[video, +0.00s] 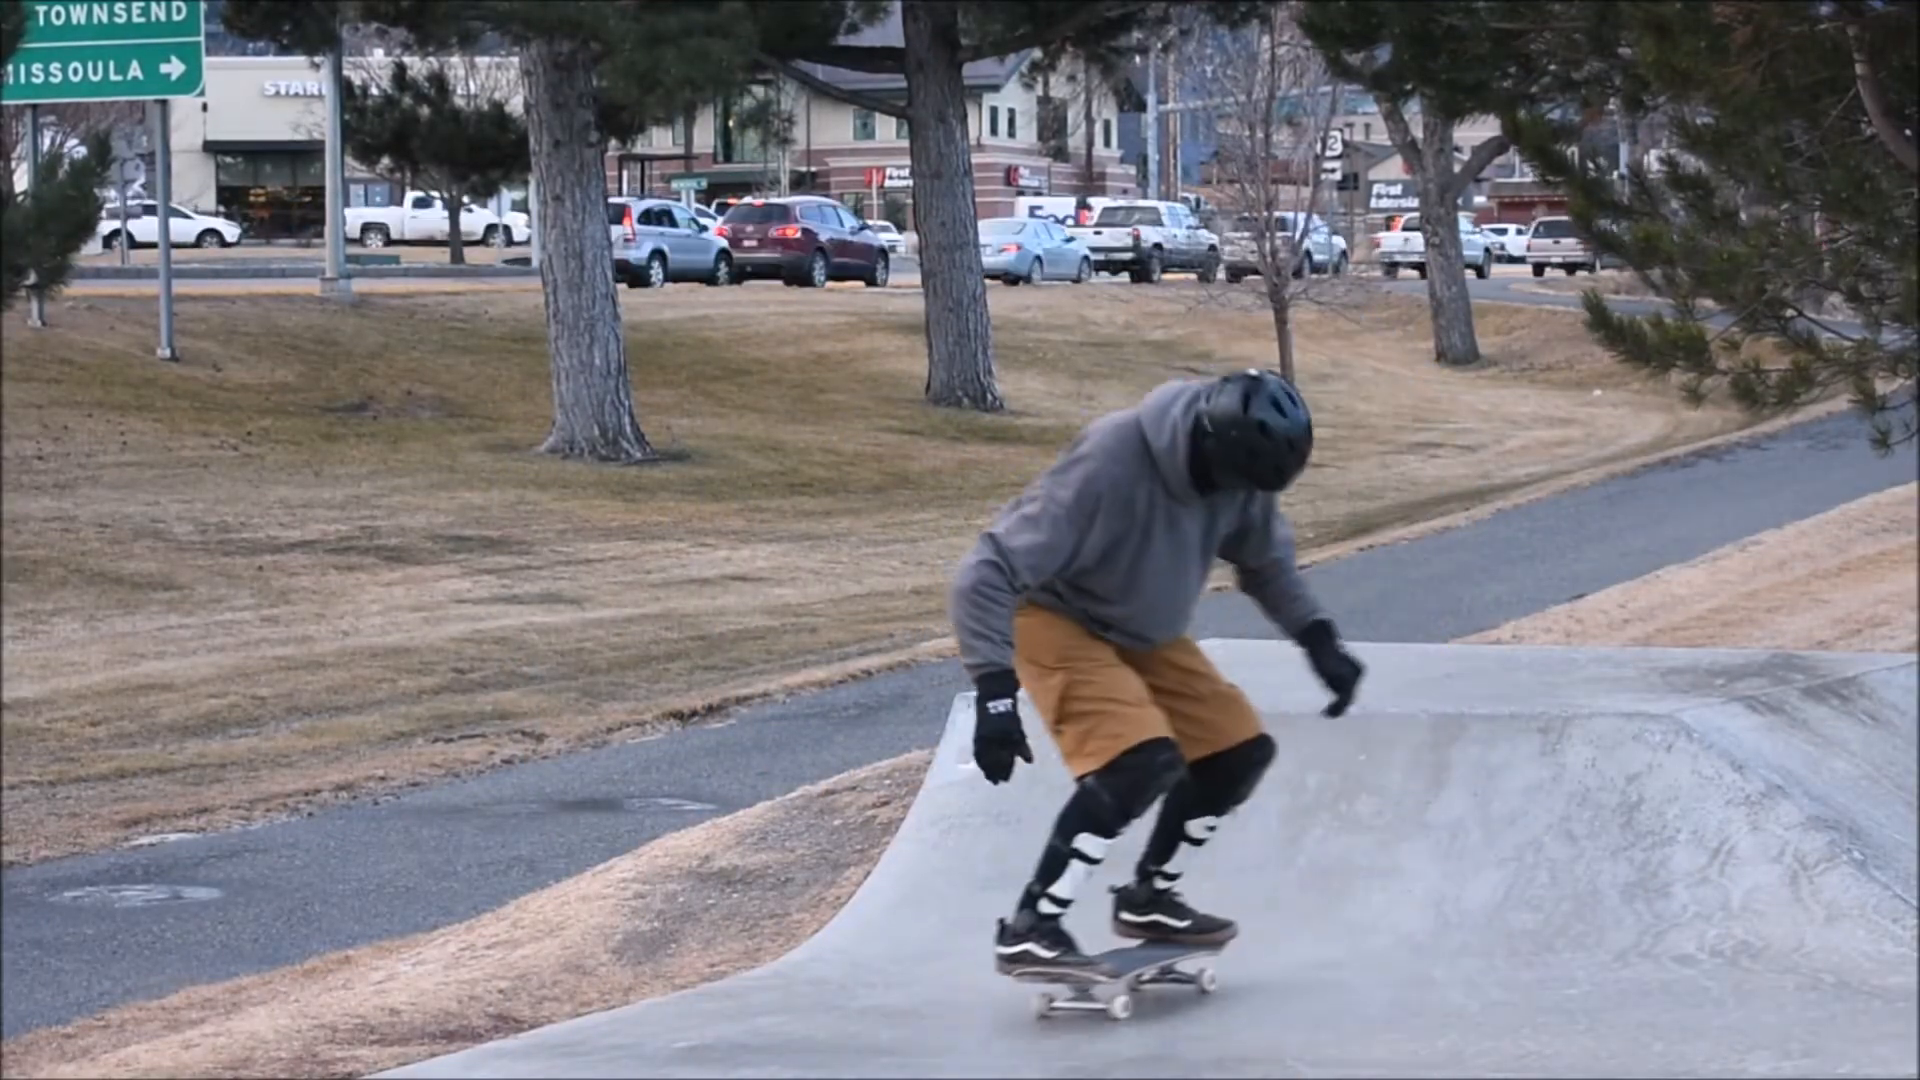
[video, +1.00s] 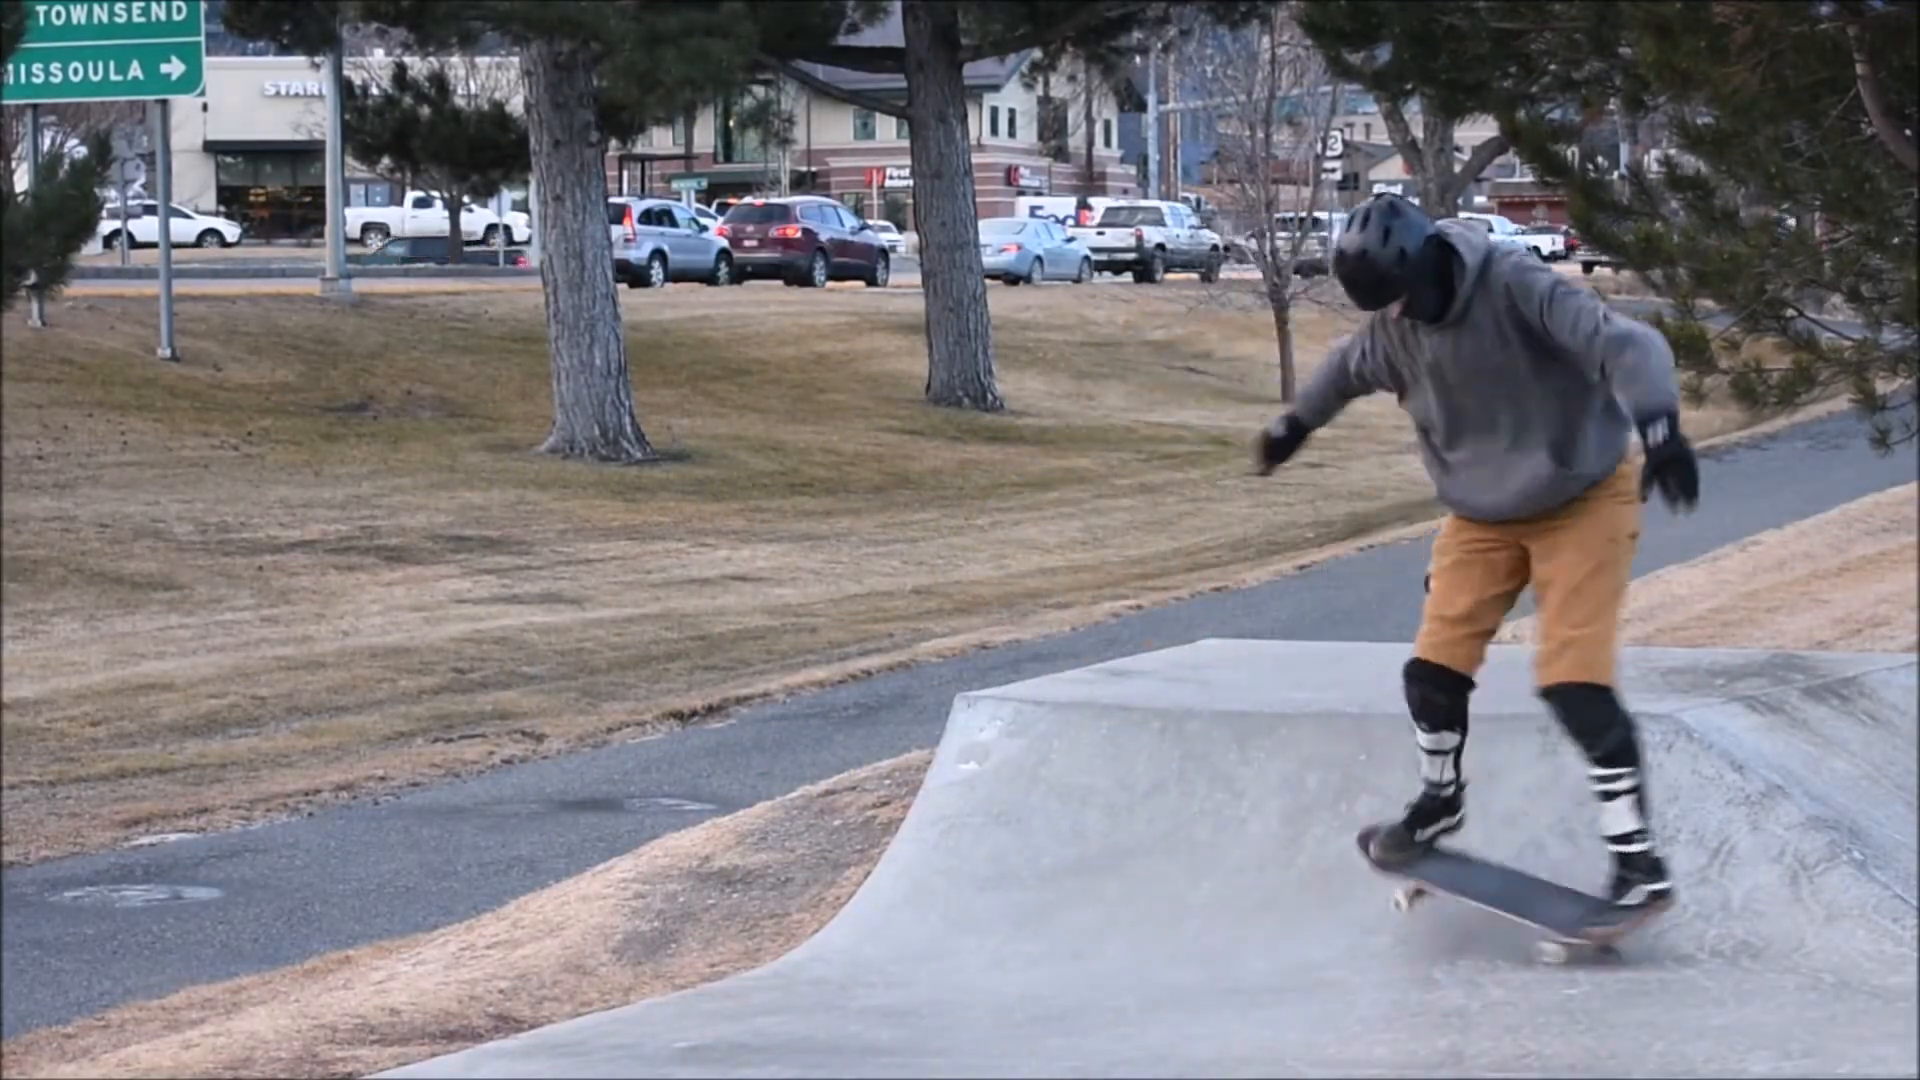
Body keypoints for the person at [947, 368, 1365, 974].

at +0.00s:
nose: (1254, 494)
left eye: (1263, 484)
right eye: (1250, 480)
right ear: (1219, 450)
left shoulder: (1242, 476)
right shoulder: (1114, 457)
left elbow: (1268, 565)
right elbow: (987, 571)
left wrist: (1320, 640)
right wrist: (995, 696)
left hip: (1143, 627)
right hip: (1051, 614)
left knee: (1236, 752)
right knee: (1140, 759)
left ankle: (1147, 897)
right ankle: (1031, 924)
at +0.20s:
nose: (1281, 476)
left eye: (1300, 468)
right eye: (1272, 461)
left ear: (1330, 440)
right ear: (1254, 424)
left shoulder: (1334, 444)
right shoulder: (1185, 434)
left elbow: (1375, 577)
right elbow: (1075, 501)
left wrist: (1328, 552)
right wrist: (1030, 601)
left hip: (1252, 586)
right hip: (1158, 577)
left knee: (1326, 735)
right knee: (1230, 736)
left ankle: (1250, 864)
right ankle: (1136, 903)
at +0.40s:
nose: (1303, 367)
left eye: (1315, 357)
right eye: (1289, 356)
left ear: (1349, 330)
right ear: (1266, 324)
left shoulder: (1394, 336)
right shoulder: (1233, 302)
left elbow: (1483, 433)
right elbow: (1165, 284)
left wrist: (1486, 526)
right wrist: (1100, 303)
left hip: (1367, 483)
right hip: (1261, 480)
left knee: (1432, 647)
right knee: (1266, 655)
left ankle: (1456, 765)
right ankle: (1228, 766)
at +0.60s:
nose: (1282, 338)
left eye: (1289, 325)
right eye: (1271, 327)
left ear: (1319, 297)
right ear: (1260, 295)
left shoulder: (1423, 286)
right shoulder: (1266, 283)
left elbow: (1542, 257)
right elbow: (1157, 326)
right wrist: (1059, 388)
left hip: (1470, 451)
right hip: (1389, 451)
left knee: (1430, 634)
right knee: (1352, 577)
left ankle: (1502, 782)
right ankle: (1425, 661)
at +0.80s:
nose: (1316, 335)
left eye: (1318, 323)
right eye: (1307, 327)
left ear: (1341, 291)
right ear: (1307, 306)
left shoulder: (1433, 308)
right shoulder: (1346, 332)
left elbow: (1573, 371)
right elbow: (1271, 384)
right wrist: (1187, 456)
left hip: (1538, 483)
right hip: (1468, 482)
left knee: (1446, 668)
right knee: (1385, 601)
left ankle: (1531, 824)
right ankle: (1456, 711)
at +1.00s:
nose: (1395, 317)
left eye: (1400, 301)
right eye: (1383, 308)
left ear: (1427, 264)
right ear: (1372, 288)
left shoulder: (1513, 284)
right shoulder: (1396, 329)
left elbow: (1625, 340)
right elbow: (1345, 370)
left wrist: (1660, 428)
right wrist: (1293, 424)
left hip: (1584, 494)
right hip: (1479, 512)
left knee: (1574, 683)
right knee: (1433, 678)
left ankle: (1635, 854)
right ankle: (1439, 801)